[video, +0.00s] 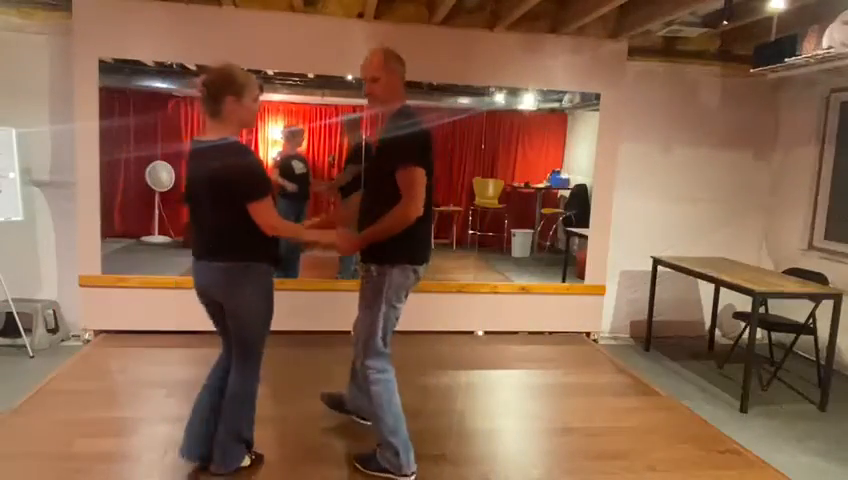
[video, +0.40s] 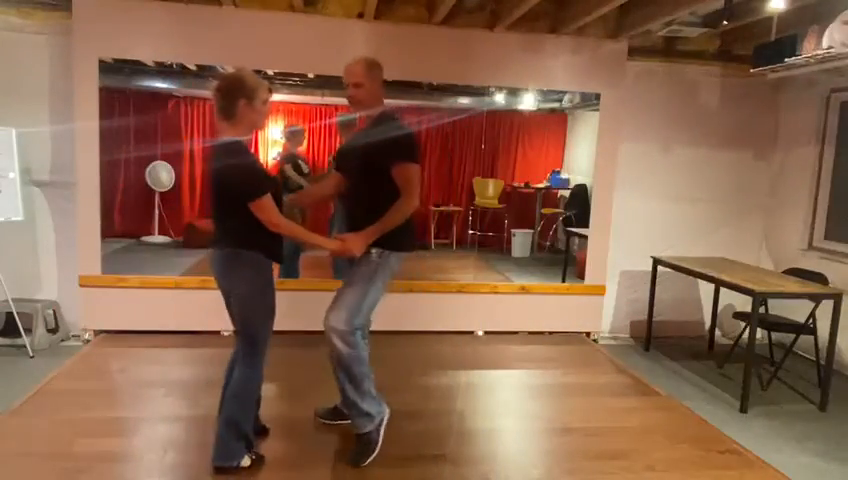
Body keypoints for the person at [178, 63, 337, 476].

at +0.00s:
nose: (257, 108)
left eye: (257, 101)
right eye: (253, 101)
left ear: (215, 104)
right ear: (230, 104)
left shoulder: (198, 154)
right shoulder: (242, 160)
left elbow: (203, 213)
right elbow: (271, 224)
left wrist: (262, 189)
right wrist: (324, 236)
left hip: (207, 271)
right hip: (244, 275)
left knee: (231, 353)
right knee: (246, 364)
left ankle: (198, 445)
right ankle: (230, 455)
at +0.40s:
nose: (267, 113)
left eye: (267, 105)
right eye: (263, 105)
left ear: (232, 107)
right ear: (243, 106)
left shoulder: (227, 153)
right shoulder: (239, 159)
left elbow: (265, 207)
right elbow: (275, 222)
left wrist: (312, 193)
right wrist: (332, 244)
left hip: (234, 259)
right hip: (246, 263)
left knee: (250, 345)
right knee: (251, 351)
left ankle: (243, 420)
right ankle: (230, 453)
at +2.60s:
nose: (271, 112)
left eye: (271, 105)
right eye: (269, 104)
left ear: (232, 104)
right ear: (254, 103)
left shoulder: (227, 148)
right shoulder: (246, 150)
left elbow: (251, 206)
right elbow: (271, 213)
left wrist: (293, 185)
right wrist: (306, 252)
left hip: (238, 256)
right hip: (248, 261)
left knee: (257, 349)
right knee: (251, 356)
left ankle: (252, 428)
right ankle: (231, 460)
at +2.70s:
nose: (271, 112)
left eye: (270, 105)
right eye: (269, 104)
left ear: (233, 103)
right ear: (255, 104)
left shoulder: (227, 148)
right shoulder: (244, 152)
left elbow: (250, 206)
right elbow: (271, 214)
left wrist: (288, 189)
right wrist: (309, 257)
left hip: (238, 259)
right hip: (246, 264)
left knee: (256, 354)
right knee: (252, 359)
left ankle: (250, 431)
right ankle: (232, 461)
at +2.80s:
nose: (270, 112)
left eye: (270, 105)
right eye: (269, 104)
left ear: (232, 102)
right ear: (255, 103)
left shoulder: (226, 149)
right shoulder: (243, 153)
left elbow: (248, 210)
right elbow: (272, 217)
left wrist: (289, 191)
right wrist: (311, 261)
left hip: (237, 262)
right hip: (245, 267)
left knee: (256, 355)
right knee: (252, 361)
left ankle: (251, 430)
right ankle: (232, 462)